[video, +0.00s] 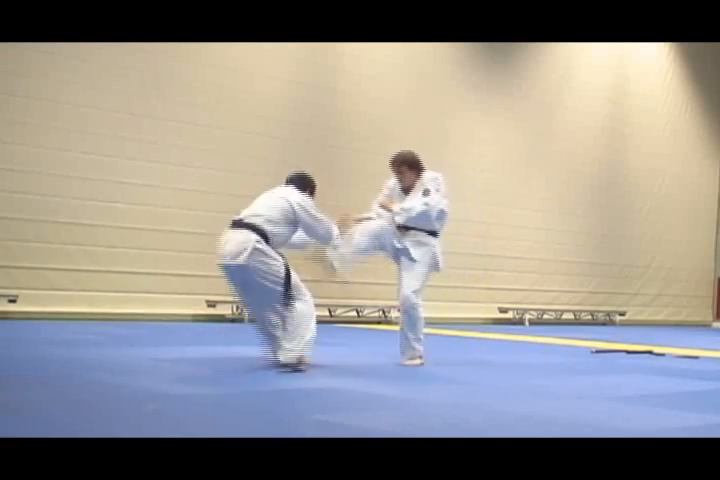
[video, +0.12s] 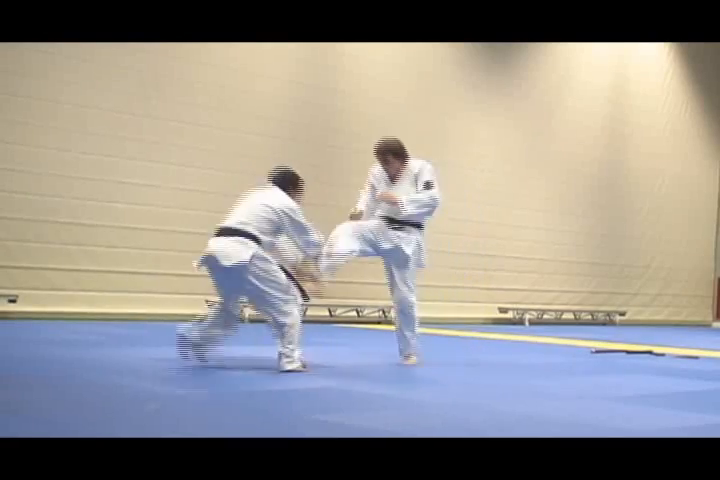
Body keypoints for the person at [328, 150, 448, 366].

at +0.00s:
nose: (399, 179)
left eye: (402, 174)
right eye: (396, 174)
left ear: (415, 171)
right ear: (396, 173)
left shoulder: (432, 182)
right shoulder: (394, 185)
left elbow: (430, 206)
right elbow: (379, 210)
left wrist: (395, 209)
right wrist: (356, 221)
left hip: (421, 245)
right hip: (396, 236)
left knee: (408, 296)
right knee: (378, 226)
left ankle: (413, 353)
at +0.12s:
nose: (384, 168)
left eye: (387, 163)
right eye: (382, 163)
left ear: (399, 159)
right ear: (380, 161)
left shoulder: (421, 169)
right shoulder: (377, 172)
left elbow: (432, 200)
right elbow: (368, 195)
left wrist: (400, 200)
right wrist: (360, 210)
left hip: (406, 235)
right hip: (380, 227)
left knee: (404, 298)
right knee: (347, 231)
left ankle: (409, 352)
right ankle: (322, 270)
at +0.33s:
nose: (350, 164)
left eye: (355, 160)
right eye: (349, 160)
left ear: (369, 161)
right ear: (349, 161)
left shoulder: (393, 185)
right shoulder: (345, 182)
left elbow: (425, 204)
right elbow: (340, 208)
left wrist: (407, 219)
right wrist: (339, 220)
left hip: (377, 247)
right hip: (348, 246)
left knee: (382, 304)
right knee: (332, 291)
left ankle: (386, 350)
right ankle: (349, 330)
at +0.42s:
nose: (327, 170)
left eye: (331, 166)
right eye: (326, 165)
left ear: (344, 168)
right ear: (326, 167)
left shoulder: (365, 183)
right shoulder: (327, 185)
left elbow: (402, 201)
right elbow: (328, 211)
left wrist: (379, 212)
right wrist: (318, 218)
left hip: (361, 251)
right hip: (332, 249)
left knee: (372, 308)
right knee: (308, 284)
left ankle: (381, 353)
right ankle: (325, 333)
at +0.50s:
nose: (293, 162)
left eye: (298, 157)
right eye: (291, 157)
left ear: (313, 157)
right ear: (294, 158)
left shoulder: (335, 172)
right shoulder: (301, 177)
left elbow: (372, 191)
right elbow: (306, 199)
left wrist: (339, 194)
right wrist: (292, 205)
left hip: (338, 247)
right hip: (308, 246)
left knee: (356, 303)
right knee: (276, 275)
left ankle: (385, 352)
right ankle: (276, 335)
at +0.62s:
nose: (251, 155)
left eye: (255, 150)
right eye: (250, 150)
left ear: (271, 149)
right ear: (263, 150)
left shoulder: (291, 166)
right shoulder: (263, 174)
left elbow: (286, 184)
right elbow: (249, 195)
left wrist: (249, 172)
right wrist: (228, 187)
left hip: (302, 240)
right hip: (273, 244)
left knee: (334, 295)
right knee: (235, 292)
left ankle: (368, 343)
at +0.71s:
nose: (229, 154)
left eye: (234, 149)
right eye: (228, 149)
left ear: (250, 152)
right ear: (230, 152)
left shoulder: (266, 172)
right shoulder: (228, 176)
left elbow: (242, 183)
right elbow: (201, 186)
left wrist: (209, 176)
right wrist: (178, 173)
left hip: (277, 245)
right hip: (244, 249)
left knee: (312, 303)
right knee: (209, 294)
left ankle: (349, 355)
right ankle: (193, 356)